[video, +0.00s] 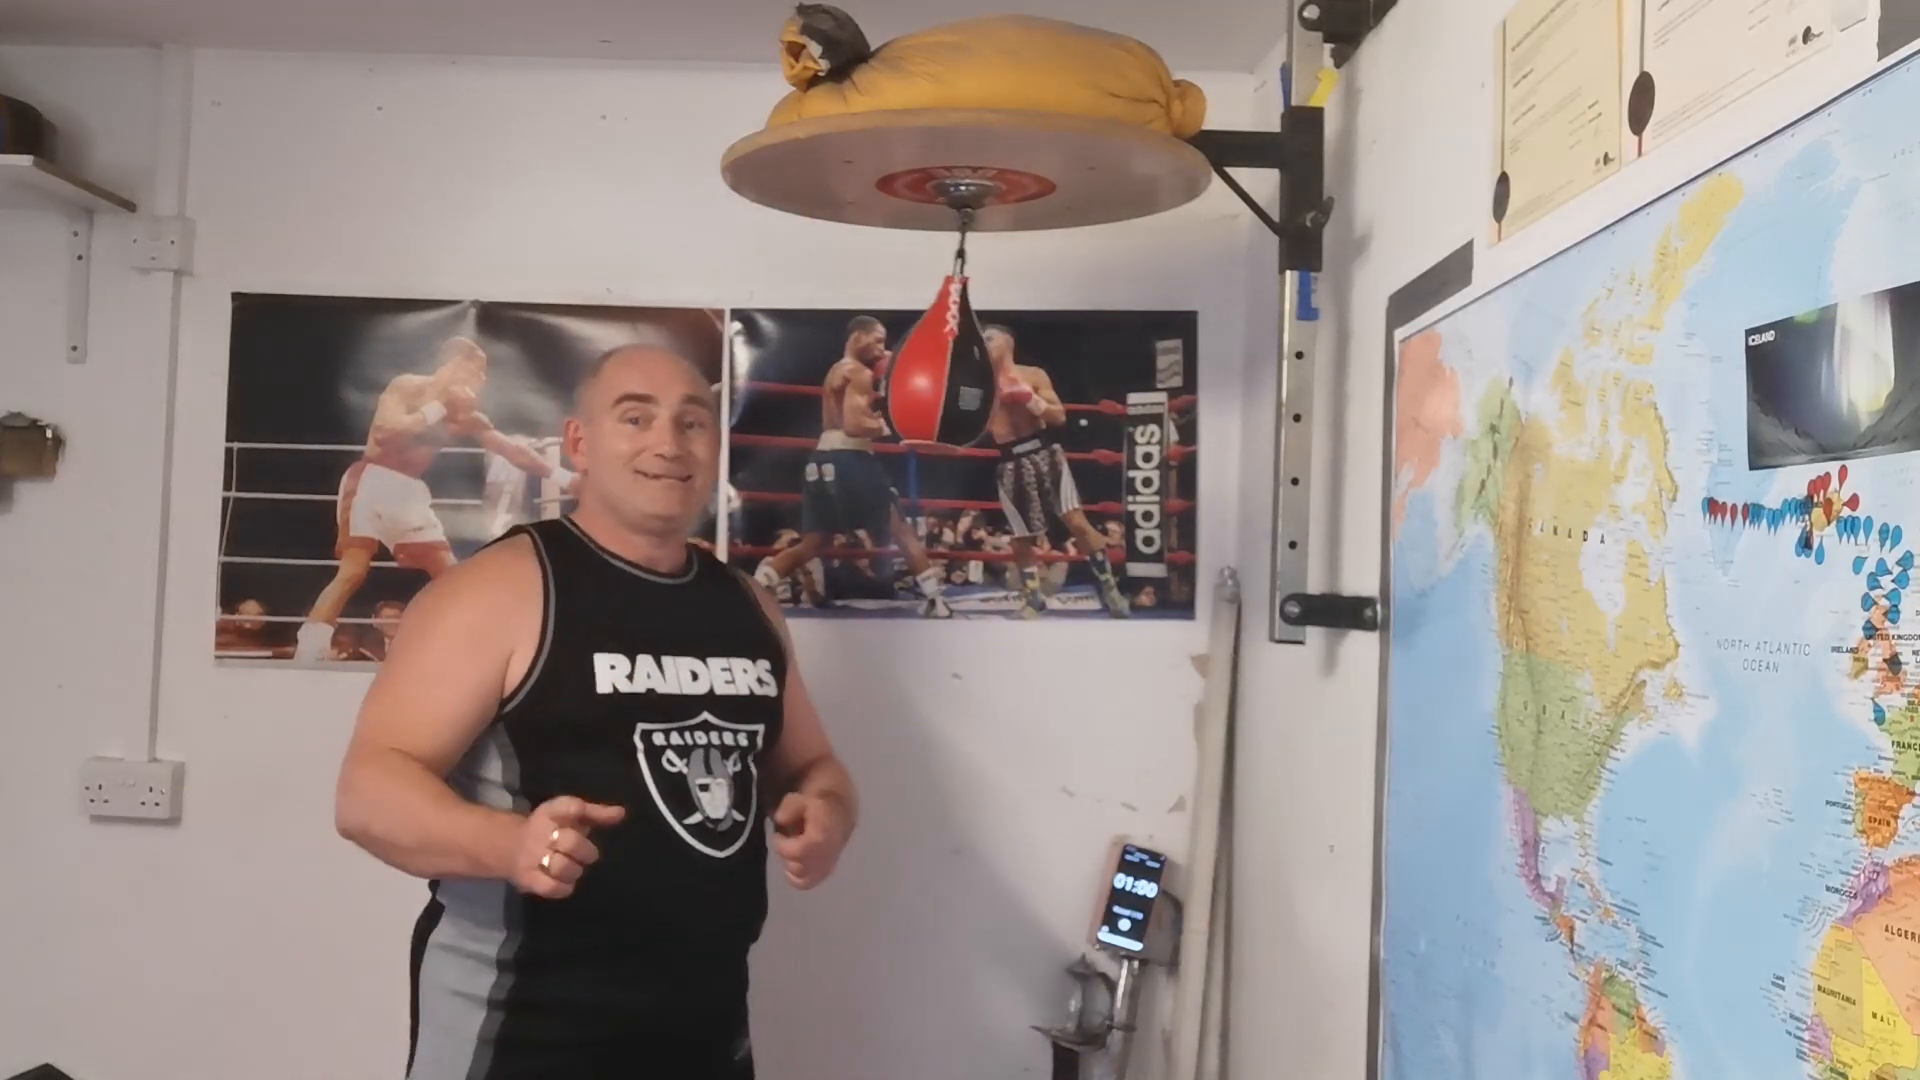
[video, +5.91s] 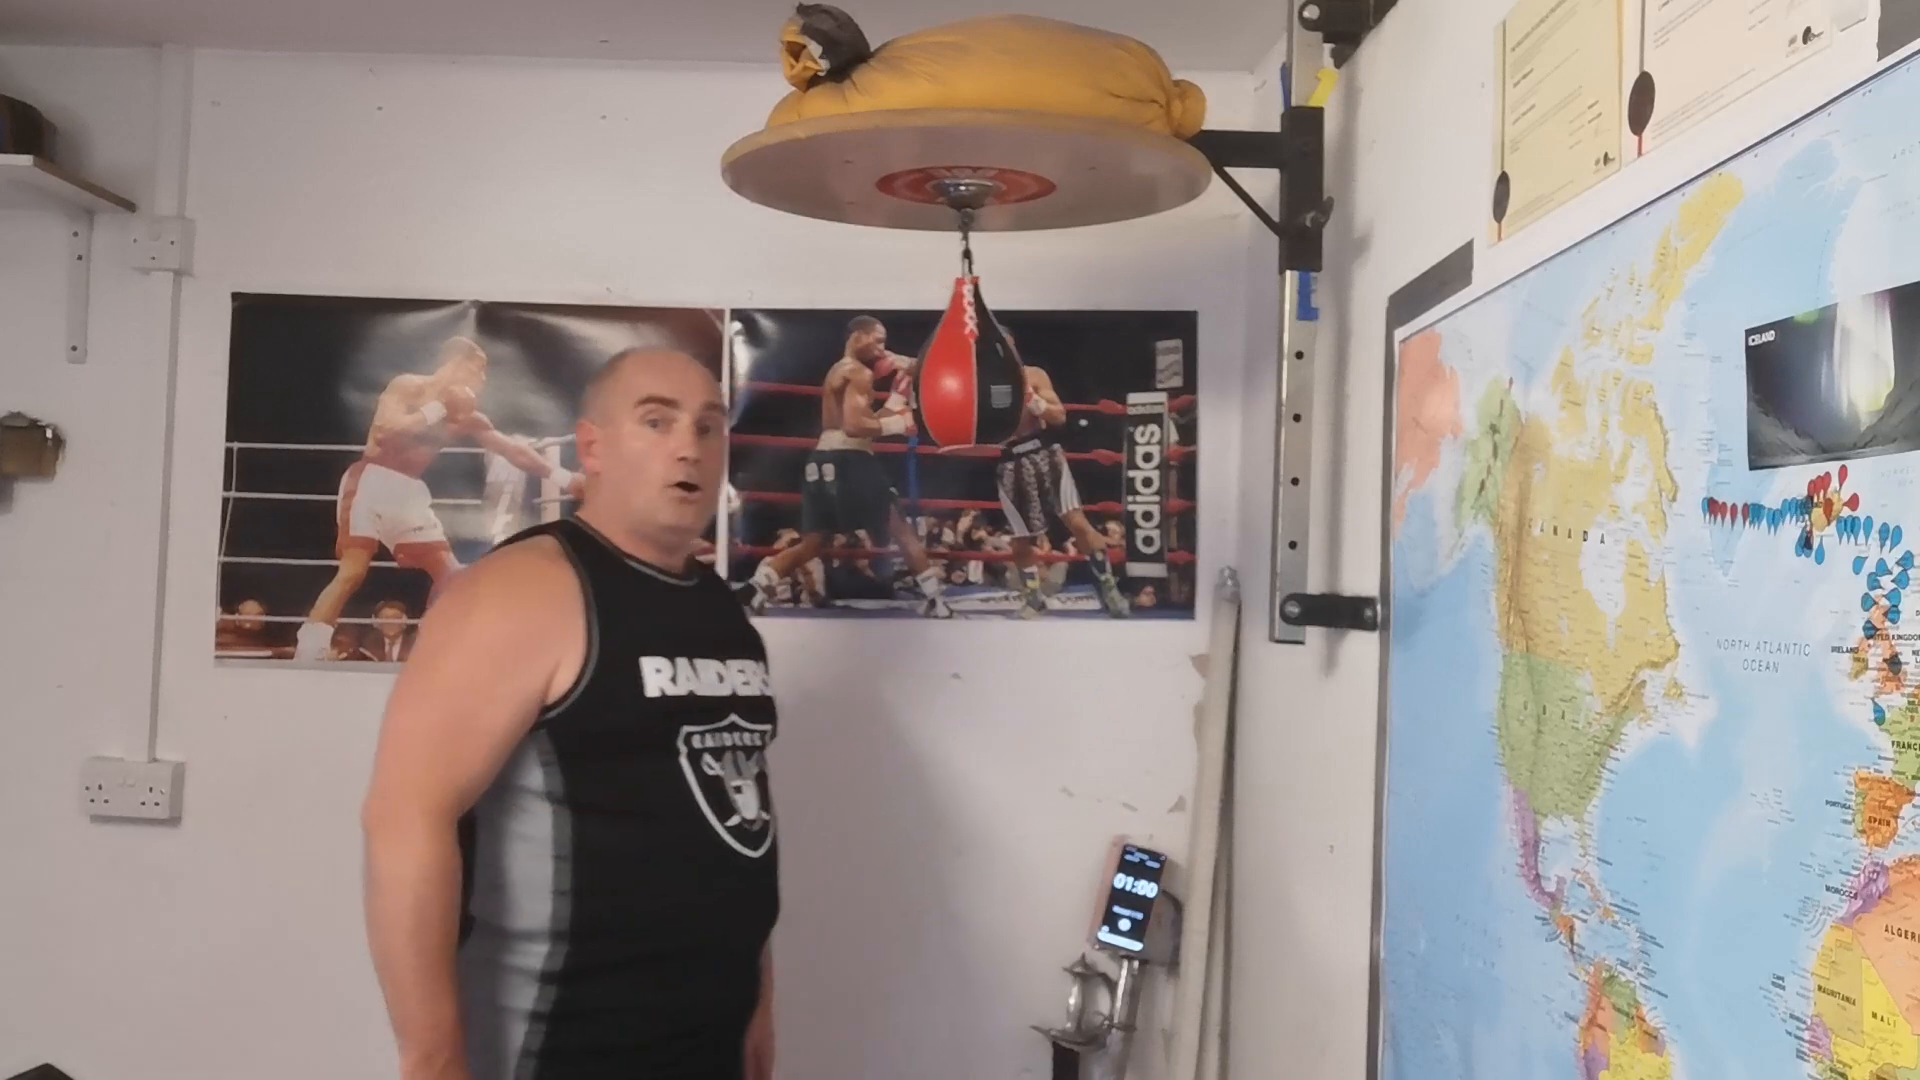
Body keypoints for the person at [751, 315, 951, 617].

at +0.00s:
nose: (881, 348)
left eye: (883, 343)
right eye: (878, 341)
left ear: (855, 340)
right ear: (857, 337)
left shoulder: (833, 373)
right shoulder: (859, 373)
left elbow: (834, 421)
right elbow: (854, 425)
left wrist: (877, 376)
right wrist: (884, 425)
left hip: (820, 462)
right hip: (853, 463)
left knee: (812, 543)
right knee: (903, 532)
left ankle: (754, 589)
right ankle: (936, 599)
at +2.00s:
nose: (882, 349)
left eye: (883, 343)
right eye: (878, 341)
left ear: (855, 340)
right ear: (857, 337)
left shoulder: (834, 372)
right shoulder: (859, 373)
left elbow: (842, 420)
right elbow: (854, 425)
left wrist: (880, 412)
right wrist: (890, 425)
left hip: (819, 463)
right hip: (852, 463)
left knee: (814, 542)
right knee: (901, 529)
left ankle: (755, 588)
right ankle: (935, 597)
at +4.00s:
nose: (881, 349)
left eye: (883, 343)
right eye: (877, 342)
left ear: (854, 341)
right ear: (858, 338)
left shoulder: (834, 373)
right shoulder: (859, 373)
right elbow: (855, 424)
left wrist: (890, 407)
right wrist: (892, 424)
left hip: (821, 463)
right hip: (852, 464)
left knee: (811, 544)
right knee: (903, 530)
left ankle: (751, 590)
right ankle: (936, 599)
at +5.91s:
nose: (881, 349)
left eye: (883, 343)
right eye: (878, 342)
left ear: (855, 340)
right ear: (859, 338)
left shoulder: (834, 373)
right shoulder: (858, 373)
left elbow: (849, 422)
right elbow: (855, 424)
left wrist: (888, 411)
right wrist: (896, 423)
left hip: (821, 463)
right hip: (853, 463)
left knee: (814, 542)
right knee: (901, 528)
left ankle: (754, 589)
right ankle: (935, 597)